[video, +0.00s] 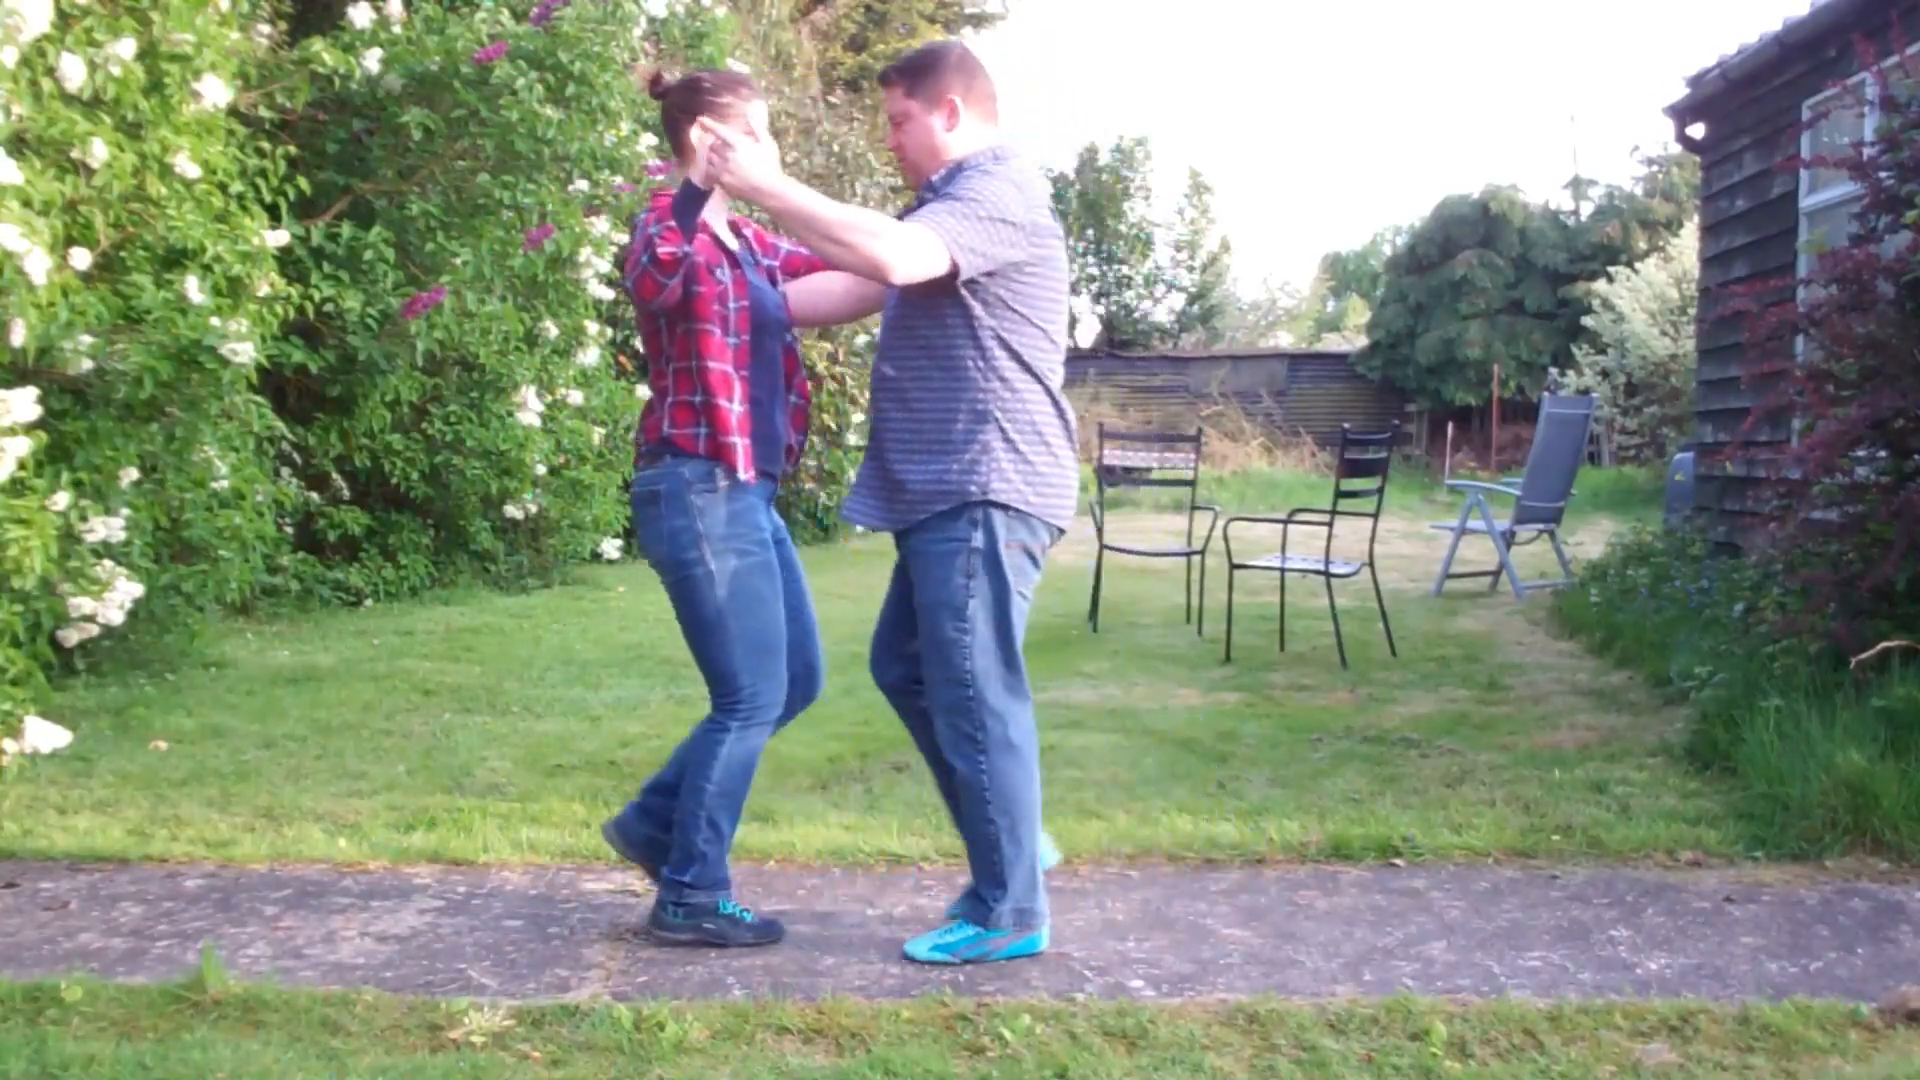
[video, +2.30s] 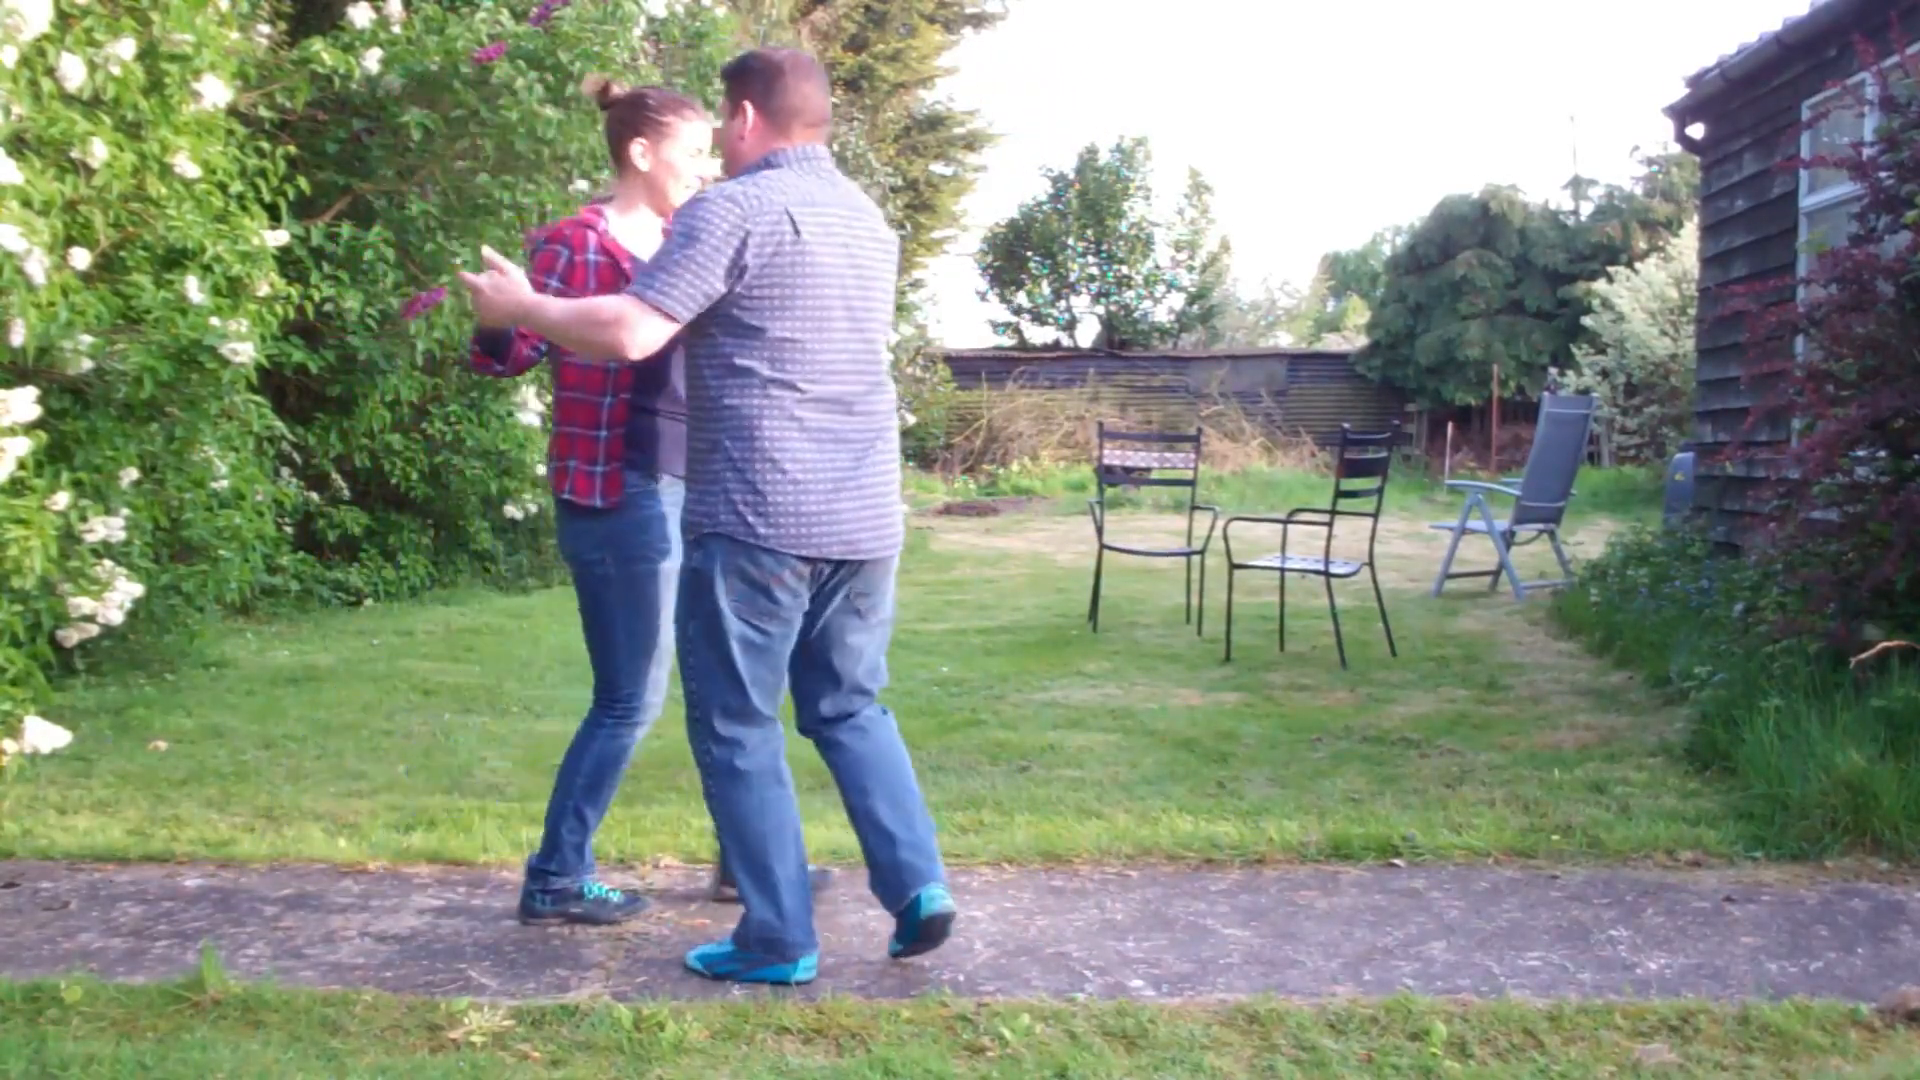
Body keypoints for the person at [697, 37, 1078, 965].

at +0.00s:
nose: (891, 143)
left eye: (898, 122)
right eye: (888, 125)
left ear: (950, 109)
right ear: (954, 113)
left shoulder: (1001, 186)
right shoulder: (955, 202)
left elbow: (900, 254)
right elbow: (845, 289)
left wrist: (766, 183)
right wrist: (712, 305)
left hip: (986, 489)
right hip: (944, 493)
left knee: (977, 698)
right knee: (905, 667)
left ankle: (1012, 913)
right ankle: (1011, 844)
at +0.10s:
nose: (858, 146)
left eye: (865, 126)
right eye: (854, 129)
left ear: (915, 114)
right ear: (921, 117)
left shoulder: (968, 195)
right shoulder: (923, 208)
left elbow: (858, 252)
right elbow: (825, 291)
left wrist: (723, 174)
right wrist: (694, 297)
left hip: (959, 491)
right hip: (917, 494)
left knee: (959, 699)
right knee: (880, 678)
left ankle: (1011, 912)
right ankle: (880, 880)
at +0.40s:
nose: (752, 152)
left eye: (759, 132)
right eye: (752, 134)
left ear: (805, 124)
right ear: (821, 126)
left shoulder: (854, 201)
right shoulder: (835, 205)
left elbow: (735, 279)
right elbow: (729, 294)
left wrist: (633, 192)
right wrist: (636, 220)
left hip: (850, 490)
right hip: (816, 491)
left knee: (813, 682)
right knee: (794, 686)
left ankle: (960, 862)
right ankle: (782, 883)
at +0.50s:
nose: (720, 158)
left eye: (726, 139)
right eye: (719, 141)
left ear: (773, 131)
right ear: (785, 131)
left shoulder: (817, 212)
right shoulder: (810, 209)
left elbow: (705, 299)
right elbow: (703, 293)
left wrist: (617, 214)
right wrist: (621, 242)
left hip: (803, 496)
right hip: (807, 497)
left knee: (735, 680)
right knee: (782, 688)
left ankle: (886, 827)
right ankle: (779, 881)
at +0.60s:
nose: (689, 166)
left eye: (695, 145)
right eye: (687, 148)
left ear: (746, 133)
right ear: (756, 135)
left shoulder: (793, 211)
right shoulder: (784, 214)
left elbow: (693, 303)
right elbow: (672, 315)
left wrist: (593, 220)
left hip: (769, 497)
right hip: (791, 499)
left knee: (671, 667)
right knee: (759, 692)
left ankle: (790, 843)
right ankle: (778, 873)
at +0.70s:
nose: (659, 168)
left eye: (666, 148)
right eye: (658, 151)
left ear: (718, 135)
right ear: (726, 138)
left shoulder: (764, 213)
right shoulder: (759, 217)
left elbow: (668, 299)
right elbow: (641, 317)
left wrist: (565, 216)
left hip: (740, 500)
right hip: (775, 503)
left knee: (637, 670)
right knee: (739, 692)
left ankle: (679, 878)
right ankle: (778, 876)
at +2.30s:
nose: (720, 136)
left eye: (724, 119)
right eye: (722, 119)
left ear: (751, 118)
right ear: (820, 121)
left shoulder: (739, 207)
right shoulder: (870, 219)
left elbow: (630, 330)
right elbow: (767, 319)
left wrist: (517, 306)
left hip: (760, 514)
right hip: (870, 512)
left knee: (736, 722)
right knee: (849, 703)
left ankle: (777, 939)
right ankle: (921, 887)